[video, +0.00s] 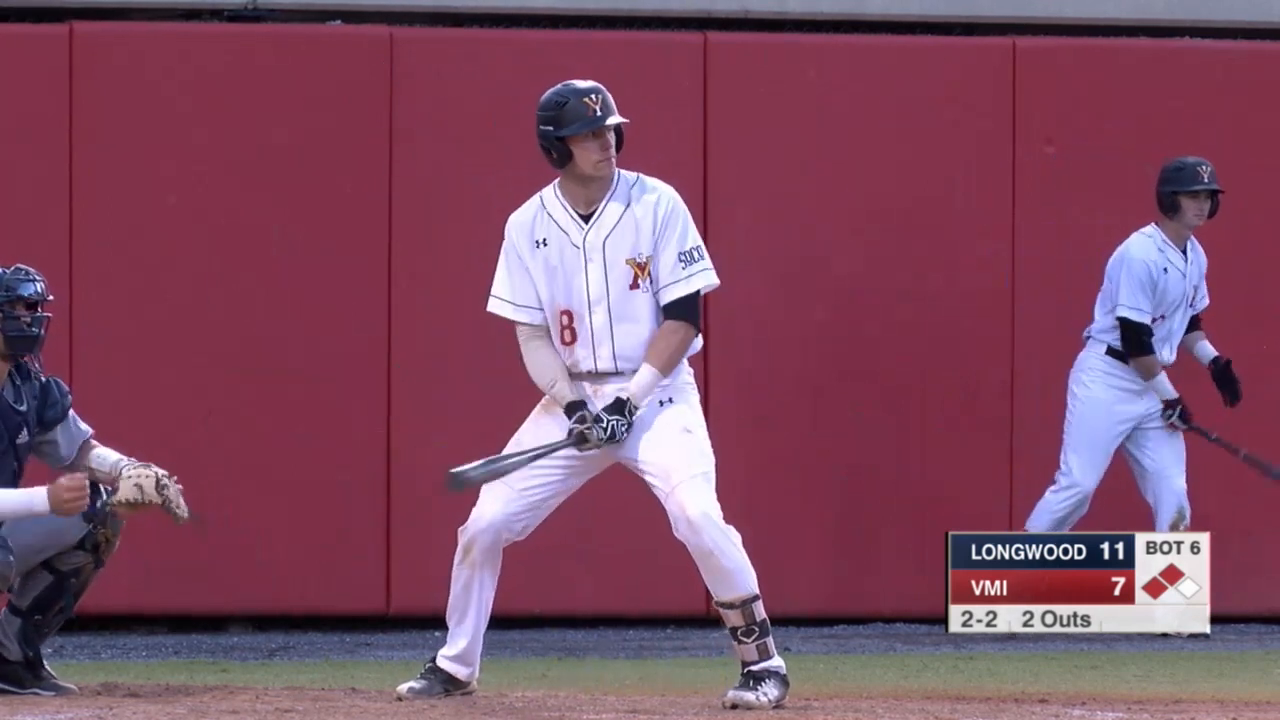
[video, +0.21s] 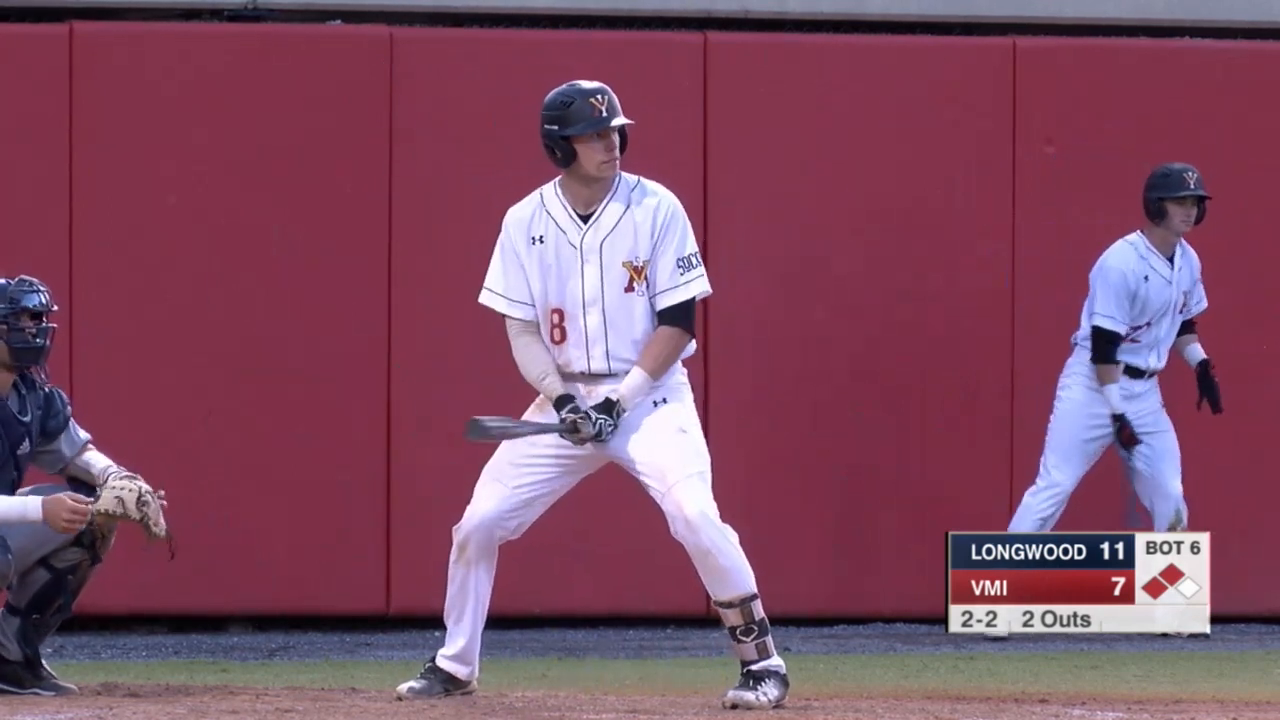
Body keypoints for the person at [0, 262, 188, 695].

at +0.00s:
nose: (28, 318)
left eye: (33, 308)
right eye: (16, 308)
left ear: (40, 315)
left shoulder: (33, 388)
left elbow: (78, 447)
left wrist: (130, 470)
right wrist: (43, 499)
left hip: (10, 529)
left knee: (96, 516)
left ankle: (16, 651)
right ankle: (12, 651)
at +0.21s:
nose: (32, 330)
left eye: (36, 320)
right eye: (19, 320)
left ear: (43, 326)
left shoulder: (34, 395)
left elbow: (72, 449)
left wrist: (117, 478)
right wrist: (33, 510)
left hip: (8, 525)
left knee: (90, 511)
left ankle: (15, 650)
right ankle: (12, 652)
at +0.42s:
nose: (36, 336)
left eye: (41, 326)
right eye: (22, 325)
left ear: (50, 332)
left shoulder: (37, 396)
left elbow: (73, 449)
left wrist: (112, 484)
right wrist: (36, 504)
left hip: (9, 524)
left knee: (88, 517)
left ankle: (14, 652)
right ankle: (11, 652)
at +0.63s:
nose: (39, 336)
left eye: (43, 327)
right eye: (25, 326)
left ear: (51, 332)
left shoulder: (39, 398)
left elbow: (76, 450)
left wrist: (112, 483)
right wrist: (34, 505)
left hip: (9, 526)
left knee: (90, 517)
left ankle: (14, 651)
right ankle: (11, 652)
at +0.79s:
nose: (41, 337)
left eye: (44, 327)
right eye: (27, 327)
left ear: (51, 332)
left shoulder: (40, 398)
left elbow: (76, 452)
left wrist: (108, 480)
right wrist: (35, 507)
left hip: (7, 529)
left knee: (91, 513)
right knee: (80, 517)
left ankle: (13, 650)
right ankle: (11, 650)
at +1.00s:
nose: (41, 340)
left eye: (46, 329)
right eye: (27, 330)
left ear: (54, 333)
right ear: (1, 337)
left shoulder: (41, 398)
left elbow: (77, 444)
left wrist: (97, 466)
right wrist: (39, 508)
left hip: (9, 529)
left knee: (89, 514)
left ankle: (14, 650)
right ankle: (12, 650)